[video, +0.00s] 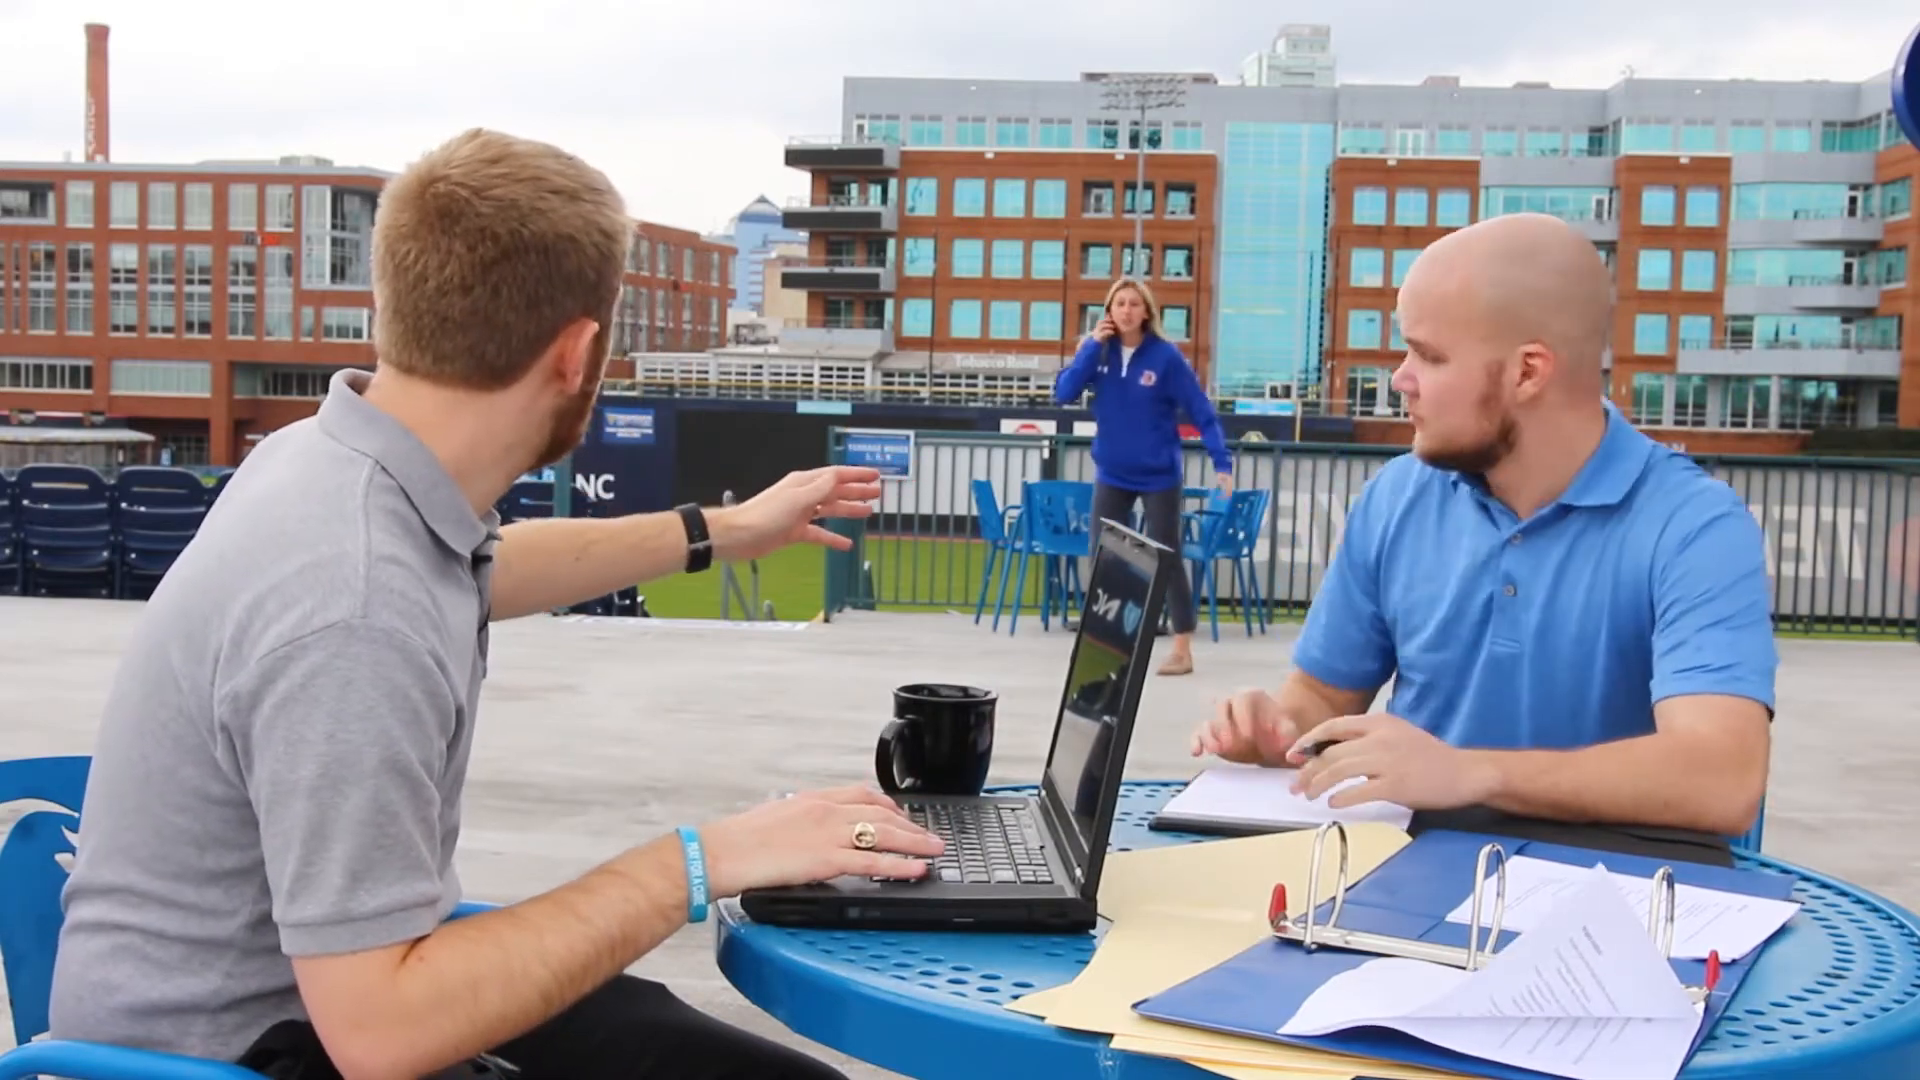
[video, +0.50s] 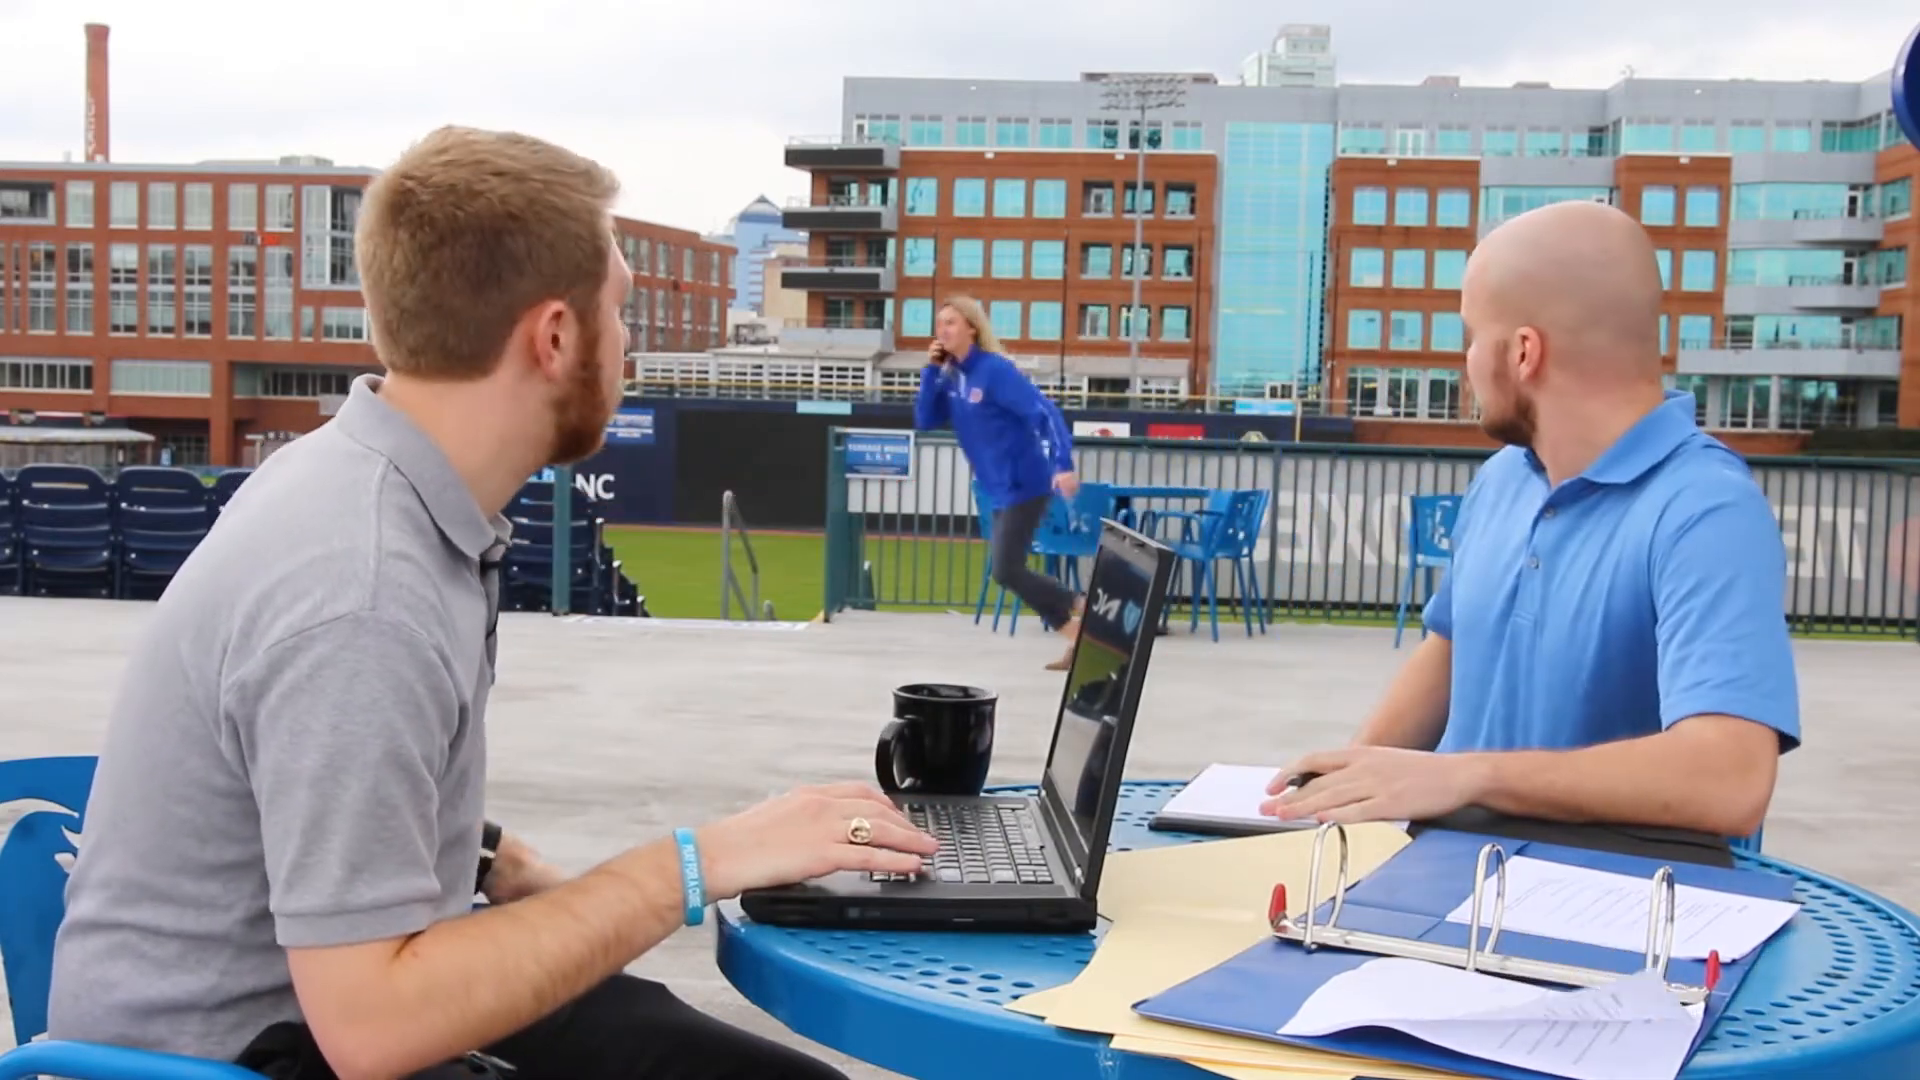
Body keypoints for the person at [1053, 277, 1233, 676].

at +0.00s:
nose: (1126, 311)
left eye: (1134, 305)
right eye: (1120, 304)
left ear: (1147, 311)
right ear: (1110, 310)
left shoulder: (1165, 356)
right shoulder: (1098, 351)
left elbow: (1201, 411)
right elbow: (1063, 394)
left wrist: (1223, 464)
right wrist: (1092, 345)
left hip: (1159, 475)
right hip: (1112, 473)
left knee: (1167, 556)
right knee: (1102, 557)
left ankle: (1182, 648)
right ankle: (1104, 645)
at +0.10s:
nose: (1107, 314)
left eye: (1114, 307)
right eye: (1101, 307)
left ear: (1128, 313)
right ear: (1092, 313)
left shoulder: (1146, 355)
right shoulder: (1083, 353)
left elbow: (1177, 411)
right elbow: (1050, 398)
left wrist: (1188, 465)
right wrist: (1075, 348)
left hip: (1148, 476)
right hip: (1101, 474)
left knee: (1164, 557)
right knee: (1085, 551)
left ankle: (1182, 646)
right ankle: (1102, 637)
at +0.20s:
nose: (1082, 319)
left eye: (1090, 312)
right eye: (1075, 312)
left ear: (1103, 317)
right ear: (1066, 318)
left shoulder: (1122, 361)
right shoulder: (1063, 359)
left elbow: (1144, 422)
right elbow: (1029, 402)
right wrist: (1051, 354)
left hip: (1134, 477)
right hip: (1087, 477)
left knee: (1156, 556)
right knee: (1064, 550)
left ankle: (1180, 644)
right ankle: (1087, 637)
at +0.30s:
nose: (1046, 326)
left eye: (1054, 318)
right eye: (1040, 319)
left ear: (1070, 324)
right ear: (1033, 326)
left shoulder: (1088, 365)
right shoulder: (1033, 367)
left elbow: (1105, 428)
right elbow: (1003, 408)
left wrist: (1062, 464)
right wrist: (1017, 361)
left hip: (1111, 478)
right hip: (1071, 481)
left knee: (1138, 557)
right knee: (1037, 553)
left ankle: (1179, 644)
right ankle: (1077, 636)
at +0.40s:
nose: (998, 328)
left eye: (1006, 321)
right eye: (994, 321)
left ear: (1024, 326)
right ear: (989, 327)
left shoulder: (1043, 367)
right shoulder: (994, 371)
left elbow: (1073, 425)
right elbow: (972, 418)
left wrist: (1052, 476)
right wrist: (978, 369)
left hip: (1074, 482)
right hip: (1035, 486)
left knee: (1098, 567)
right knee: (1019, 565)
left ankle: (1164, 634)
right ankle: (1078, 637)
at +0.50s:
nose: (942, 331)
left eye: (950, 323)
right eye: (939, 324)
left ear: (971, 328)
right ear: (938, 332)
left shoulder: (995, 369)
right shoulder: (948, 375)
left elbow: (1045, 413)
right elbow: (925, 421)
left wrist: (1063, 465)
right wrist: (931, 370)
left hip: (1028, 482)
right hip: (998, 487)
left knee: (1006, 569)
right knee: (1008, 570)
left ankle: (1076, 608)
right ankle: (1074, 633)